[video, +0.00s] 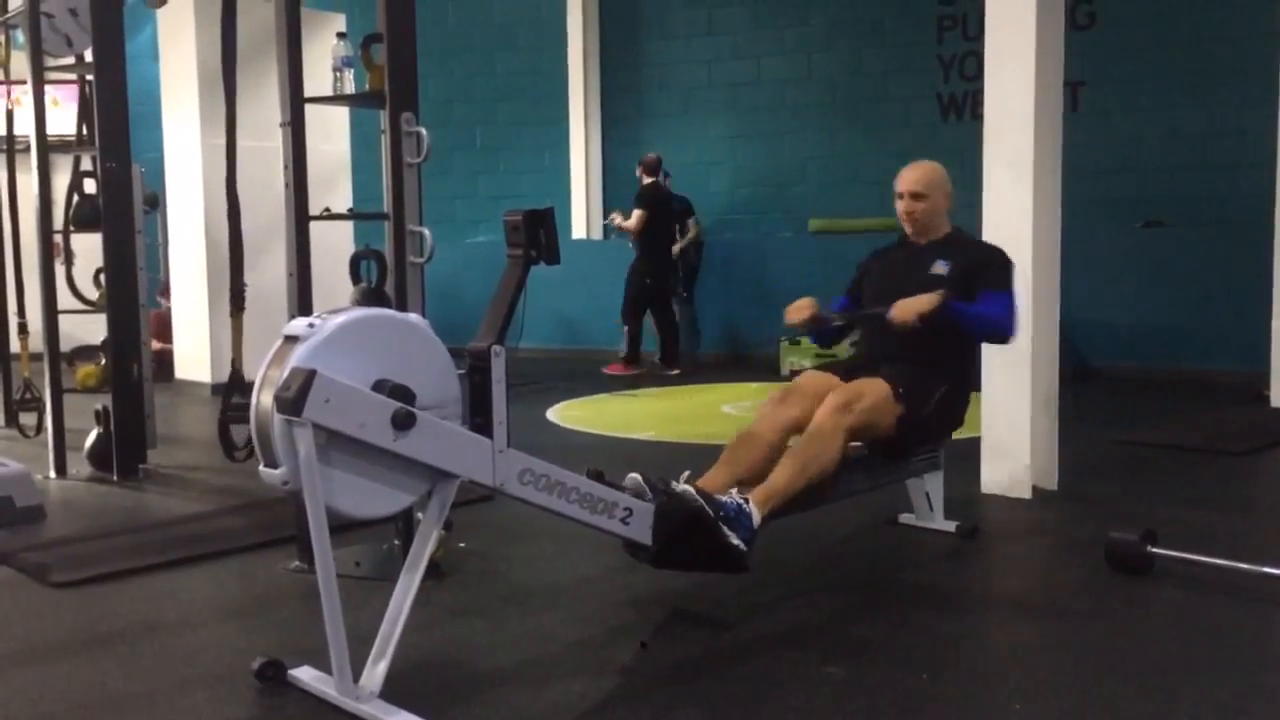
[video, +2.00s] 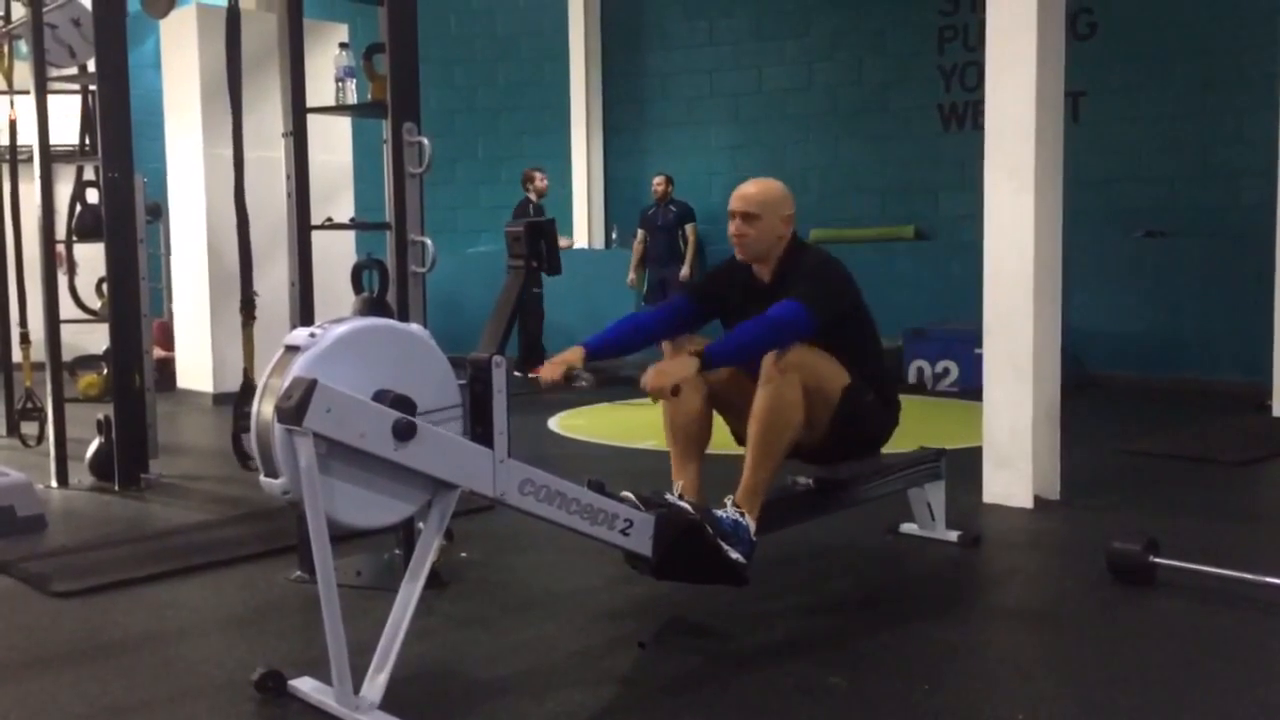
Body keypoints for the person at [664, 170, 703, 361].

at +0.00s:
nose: (659, 185)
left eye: (661, 180)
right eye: (657, 181)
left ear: (667, 181)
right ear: (656, 182)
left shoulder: (680, 202)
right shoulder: (653, 205)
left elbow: (694, 230)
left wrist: (678, 246)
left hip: (685, 256)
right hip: (667, 257)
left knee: (682, 298)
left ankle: (688, 348)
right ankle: (672, 348)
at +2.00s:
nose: (654, 188)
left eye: (659, 185)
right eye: (653, 185)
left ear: (669, 188)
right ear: (651, 188)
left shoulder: (683, 209)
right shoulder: (646, 212)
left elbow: (691, 239)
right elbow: (639, 242)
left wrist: (687, 266)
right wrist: (632, 270)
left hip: (676, 270)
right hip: (653, 270)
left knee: (676, 310)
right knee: (652, 311)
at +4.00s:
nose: (661, 190)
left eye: (665, 186)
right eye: (660, 187)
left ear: (676, 189)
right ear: (658, 189)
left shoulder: (688, 212)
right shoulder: (652, 214)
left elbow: (696, 242)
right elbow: (644, 243)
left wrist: (692, 269)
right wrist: (642, 271)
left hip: (679, 270)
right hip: (658, 270)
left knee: (680, 312)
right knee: (663, 314)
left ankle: (686, 356)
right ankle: (668, 356)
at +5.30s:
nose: (659, 200)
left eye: (663, 197)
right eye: (657, 197)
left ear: (673, 200)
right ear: (655, 199)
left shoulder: (685, 222)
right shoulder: (649, 223)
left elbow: (694, 253)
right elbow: (642, 253)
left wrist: (689, 280)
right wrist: (640, 281)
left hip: (678, 281)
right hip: (655, 281)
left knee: (680, 324)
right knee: (659, 325)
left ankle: (683, 365)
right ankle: (666, 366)